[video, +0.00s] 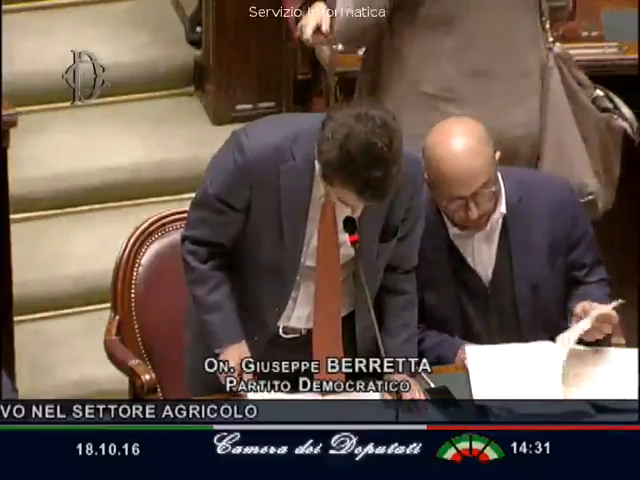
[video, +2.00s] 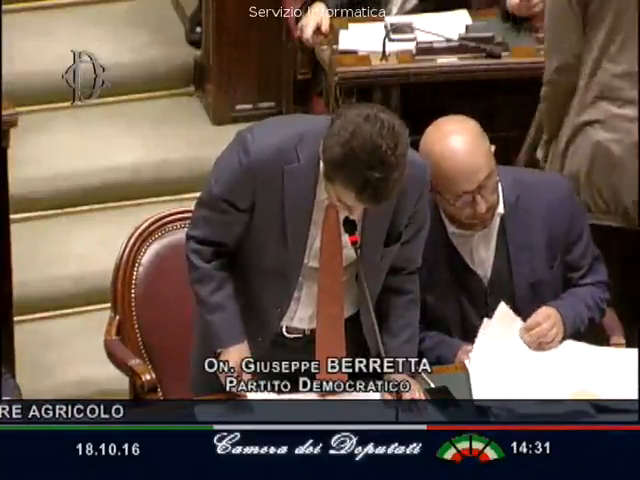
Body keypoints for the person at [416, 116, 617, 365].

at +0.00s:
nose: (474, 211)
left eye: (484, 192)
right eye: (456, 201)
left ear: (496, 160)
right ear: (429, 182)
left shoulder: (554, 199)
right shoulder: (408, 222)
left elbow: (589, 278)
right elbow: (399, 325)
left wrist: (588, 310)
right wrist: (456, 355)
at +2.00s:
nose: (480, 206)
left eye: (486, 185)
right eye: (462, 198)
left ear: (493, 156)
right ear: (431, 187)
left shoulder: (552, 196)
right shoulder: (409, 224)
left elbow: (594, 284)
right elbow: (401, 326)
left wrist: (563, 316)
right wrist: (454, 353)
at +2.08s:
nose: (480, 206)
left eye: (485, 185)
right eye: (461, 198)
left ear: (492, 156)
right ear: (431, 187)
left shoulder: (553, 198)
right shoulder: (408, 224)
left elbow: (593, 284)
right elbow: (401, 326)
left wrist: (563, 316)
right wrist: (454, 353)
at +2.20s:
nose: (480, 206)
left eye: (485, 184)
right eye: (461, 198)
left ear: (492, 156)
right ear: (431, 187)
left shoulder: (553, 198)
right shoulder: (408, 223)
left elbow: (593, 285)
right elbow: (402, 327)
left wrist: (565, 315)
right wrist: (454, 352)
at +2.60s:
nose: (471, 212)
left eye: (481, 192)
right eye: (454, 201)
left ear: (493, 159)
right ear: (429, 188)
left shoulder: (552, 198)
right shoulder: (408, 224)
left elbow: (591, 273)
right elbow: (399, 329)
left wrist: (585, 300)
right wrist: (444, 349)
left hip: (554, 374)